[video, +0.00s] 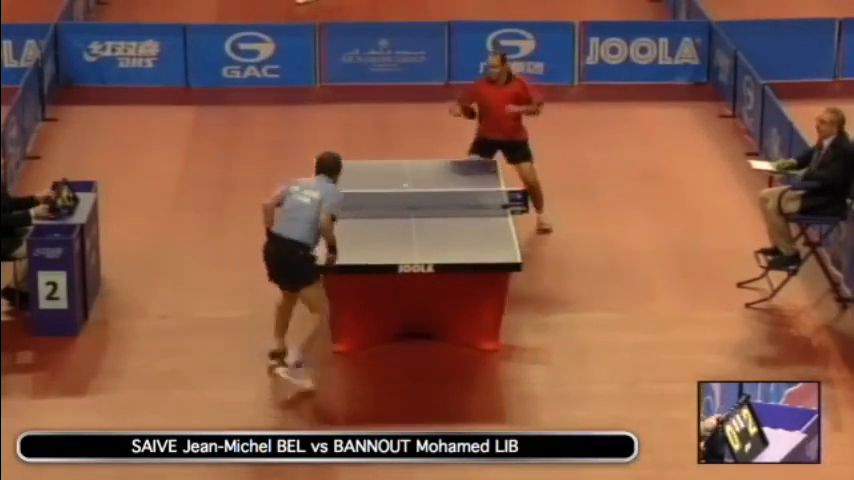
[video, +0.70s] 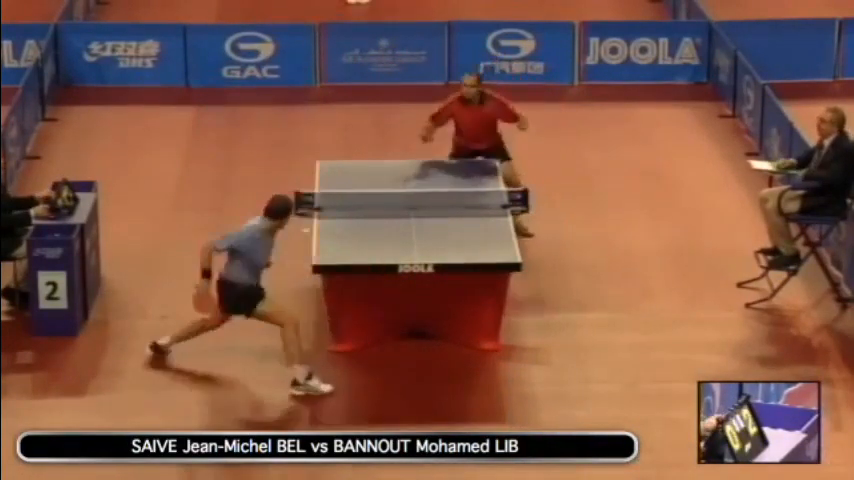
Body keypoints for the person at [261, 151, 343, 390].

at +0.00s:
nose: (339, 177)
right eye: (339, 173)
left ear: (316, 169)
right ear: (337, 173)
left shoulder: (297, 184)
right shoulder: (333, 192)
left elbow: (268, 205)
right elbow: (324, 222)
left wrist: (271, 234)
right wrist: (332, 249)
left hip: (274, 247)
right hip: (296, 251)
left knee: (289, 295)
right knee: (322, 311)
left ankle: (277, 345)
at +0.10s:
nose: (336, 178)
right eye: (336, 174)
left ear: (314, 172)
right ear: (335, 176)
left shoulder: (295, 191)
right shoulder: (332, 199)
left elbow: (268, 216)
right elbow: (326, 236)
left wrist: (270, 245)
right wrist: (337, 259)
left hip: (277, 257)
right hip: (303, 261)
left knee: (283, 303)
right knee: (331, 317)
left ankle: (259, 355)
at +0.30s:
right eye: (333, 180)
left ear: (311, 178)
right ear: (333, 183)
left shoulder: (293, 196)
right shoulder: (327, 212)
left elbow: (266, 220)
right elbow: (332, 255)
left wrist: (276, 242)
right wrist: (355, 264)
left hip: (272, 265)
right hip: (300, 271)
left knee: (269, 300)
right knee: (330, 320)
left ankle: (256, 352)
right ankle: (331, 382)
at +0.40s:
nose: (329, 183)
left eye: (325, 177)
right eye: (329, 179)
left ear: (307, 176)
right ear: (327, 183)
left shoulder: (290, 191)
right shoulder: (315, 214)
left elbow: (266, 213)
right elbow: (310, 257)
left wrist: (288, 223)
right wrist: (336, 272)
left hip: (256, 254)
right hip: (277, 267)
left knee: (255, 295)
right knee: (315, 312)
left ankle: (224, 341)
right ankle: (315, 375)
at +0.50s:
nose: (324, 193)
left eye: (322, 189)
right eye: (323, 190)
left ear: (301, 186)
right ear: (319, 193)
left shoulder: (286, 199)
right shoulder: (300, 222)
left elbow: (270, 213)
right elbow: (283, 259)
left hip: (249, 258)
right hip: (266, 271)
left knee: (242, 302)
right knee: (309, 315)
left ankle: (203, 338)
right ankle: (304, 375)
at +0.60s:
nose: (312, 212)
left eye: (312, 208)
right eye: (310, 208)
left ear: (292, 206)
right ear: (301, 211)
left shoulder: (283, 224)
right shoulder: (275, 231)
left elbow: (272, 244)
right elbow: (236, 258)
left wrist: (286, 252)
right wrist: (234, 294)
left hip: (248, 286)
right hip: (255, 290)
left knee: (217, 316)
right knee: (299, 319)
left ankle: (175, 341)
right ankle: (302, 377)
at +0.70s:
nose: (288, 221)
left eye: (287, 217)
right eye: (288, 217)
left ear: (270, 210)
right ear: (283, 218)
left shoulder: (266, 231)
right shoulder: (252, 234)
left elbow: (249, 254)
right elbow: (209, 246)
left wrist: (262, 263)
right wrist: (205, 281)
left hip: (233, 289)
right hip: (240, 293)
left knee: (214, 321)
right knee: (289, 321)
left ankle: (165, 343)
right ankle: (301, 378)